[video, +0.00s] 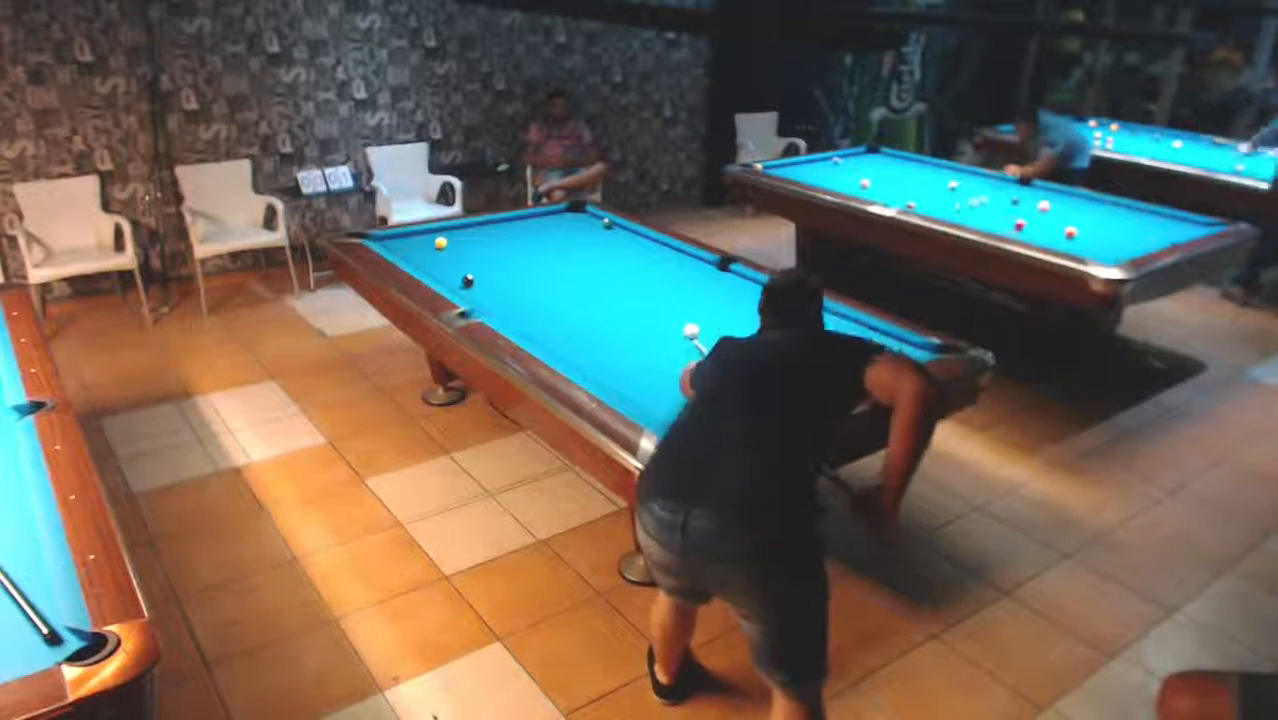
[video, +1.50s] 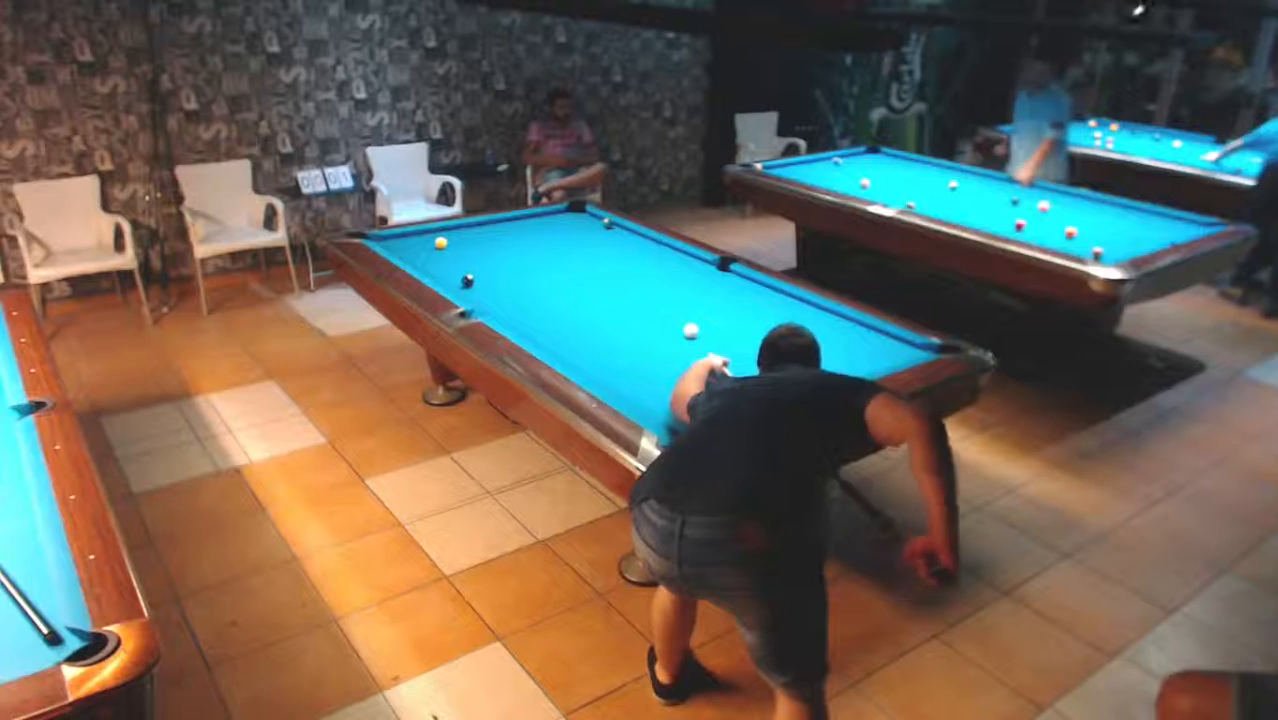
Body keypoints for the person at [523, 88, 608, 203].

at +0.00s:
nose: (559, 110)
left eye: (563, 106)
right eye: (555, 106)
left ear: (568, 107)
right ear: (548, 108)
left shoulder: (578, 126)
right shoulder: (539, 127)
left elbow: (591, 153)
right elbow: (529, 156)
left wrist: (570, 160)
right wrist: (555, 161)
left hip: (575, 166)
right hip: (549, 169)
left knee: (600, 168)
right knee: (558, 196)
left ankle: (553, 185)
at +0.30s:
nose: (561, 111)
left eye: (564, 106)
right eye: (557, 107)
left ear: (569, 107)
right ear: (550, 108)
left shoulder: (578, 126)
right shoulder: (539, 127)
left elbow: (592, 154)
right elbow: (529, 157)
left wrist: (569, 160)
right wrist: (554, 161)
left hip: (576, 166)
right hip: (550, 170)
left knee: (601, 169)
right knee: (558, 196)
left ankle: (552, 185)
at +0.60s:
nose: (562, 111)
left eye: (565, 107)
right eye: (558, 107)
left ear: (570, 108)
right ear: (551, 108)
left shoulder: (579, 126)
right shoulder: (540, 127)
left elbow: (593, 154)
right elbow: (529, 157)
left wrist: (570, 160)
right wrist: (554, 162)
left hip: (577, 166)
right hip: (550, 170)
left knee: (601, 169)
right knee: (558, 196)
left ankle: (552, 185)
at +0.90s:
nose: (563, 110)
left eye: (566, 106)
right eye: (559, 106)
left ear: (571, 107)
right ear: (551, 108)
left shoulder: (579, 125)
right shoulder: (539, 126)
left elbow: (592, 155)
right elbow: (528, 157)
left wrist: (570, 160)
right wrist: (553, 162)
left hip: (576, 168)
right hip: (549, 171)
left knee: (601, 168)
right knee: (558, 196)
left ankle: (549, 188)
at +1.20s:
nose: (563, 110)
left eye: (566, 106)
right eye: (559, 106)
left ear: (571, 107)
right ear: (551, 108)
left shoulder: (579, 125)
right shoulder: (539, 126)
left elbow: (592, 154)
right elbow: (528, 156)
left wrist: (569, 160)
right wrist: (553, 162)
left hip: (576, 167)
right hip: (549, 171)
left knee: (601, 168)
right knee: (558, 196)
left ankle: (550, 187)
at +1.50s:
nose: (565, 111)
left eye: (568, 107)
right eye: (561, 107)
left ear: (572, 108)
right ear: (552, 108)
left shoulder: (579, 126)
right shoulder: (539, 127)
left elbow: (593, 155)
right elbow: (529, 157)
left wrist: (571, 161)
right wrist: (555, 161)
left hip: (576, 166)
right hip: (551, 169)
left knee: (601, 169)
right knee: (559, 196)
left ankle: (551, 186)